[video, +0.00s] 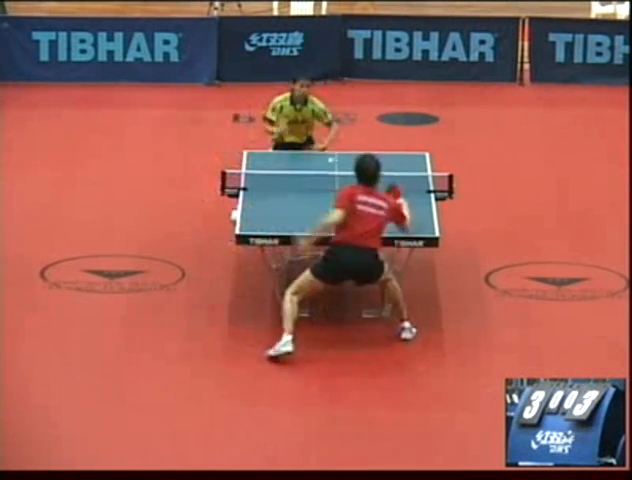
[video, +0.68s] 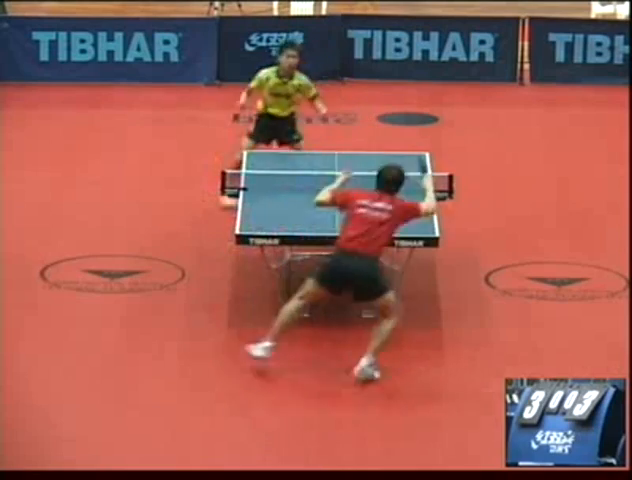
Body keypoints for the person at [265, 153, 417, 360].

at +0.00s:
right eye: (374, 172)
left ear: (357, 174)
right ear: (378, 176)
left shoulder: (350, 194)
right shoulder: (386, 201)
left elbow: (337, 218)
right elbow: (404, 223)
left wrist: (310, 239)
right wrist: (400, 200)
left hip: (340, 253)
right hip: (368, 255)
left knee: (293, 293)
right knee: (388, 280)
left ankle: (286, 338)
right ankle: (406, 325)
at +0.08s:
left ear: (344, 170)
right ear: (366, 171)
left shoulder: (334, 191)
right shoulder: (377, 197)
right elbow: (397, 226)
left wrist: (300, 211)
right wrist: (395, 210)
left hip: (334, 252)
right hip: (363, 253)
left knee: (292, 295)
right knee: (384, 286)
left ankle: (291, 343)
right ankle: (405, 325)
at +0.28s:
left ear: (324, 167)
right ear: (347, 168)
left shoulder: (309, 187)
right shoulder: (356, 193)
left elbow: (290, 220)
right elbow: (377, 227)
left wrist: (301, 218)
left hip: (310, 247)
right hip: (340, 249)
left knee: (275, 290)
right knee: (368, 291)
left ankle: (269, 343)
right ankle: (385, 341)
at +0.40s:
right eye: (348, 182)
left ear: (324, 183)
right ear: (347, 186)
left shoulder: (307, 204)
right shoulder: (349, 213)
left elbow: (283, 226)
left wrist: (278, 235)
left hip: (296, 262)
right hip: (326, 266)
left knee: (261, 308)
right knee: (361, 300)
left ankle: (230, 354)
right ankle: (372, 344)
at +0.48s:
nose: (365, 196)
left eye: (362, 190)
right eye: (365, 192)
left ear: (343, 190)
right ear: (363, 195)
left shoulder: (321, 208)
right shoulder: (360, 218)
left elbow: (285, 220)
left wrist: (258, 228)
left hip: (299, 263)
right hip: (327, 271)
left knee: (263, 306)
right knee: (363, 311)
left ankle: (229, 352)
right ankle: (360, 362)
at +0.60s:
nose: (392, 199)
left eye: (391, 194)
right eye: (391, 194)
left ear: (368, 189)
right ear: (386, 194)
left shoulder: (343, 202)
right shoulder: (387, 216)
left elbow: (310, 213)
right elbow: (410, 230)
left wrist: (329, 207)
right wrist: (382, 231)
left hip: (321, 261)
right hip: (349, 267)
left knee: (282, 302)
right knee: (377, 315)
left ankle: (246, 345)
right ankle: (361, 366)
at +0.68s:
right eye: (397, 184)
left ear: (378, 181)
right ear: (398, 188)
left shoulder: (357, 198)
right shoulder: (399, 208)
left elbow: (321, 200)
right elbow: (430, 208)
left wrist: (338, 182)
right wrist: (429, 186)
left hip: (340, 258)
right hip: (368, 263)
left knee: (300, 300)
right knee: (391, 315)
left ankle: (268, 343)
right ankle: (367, 362)